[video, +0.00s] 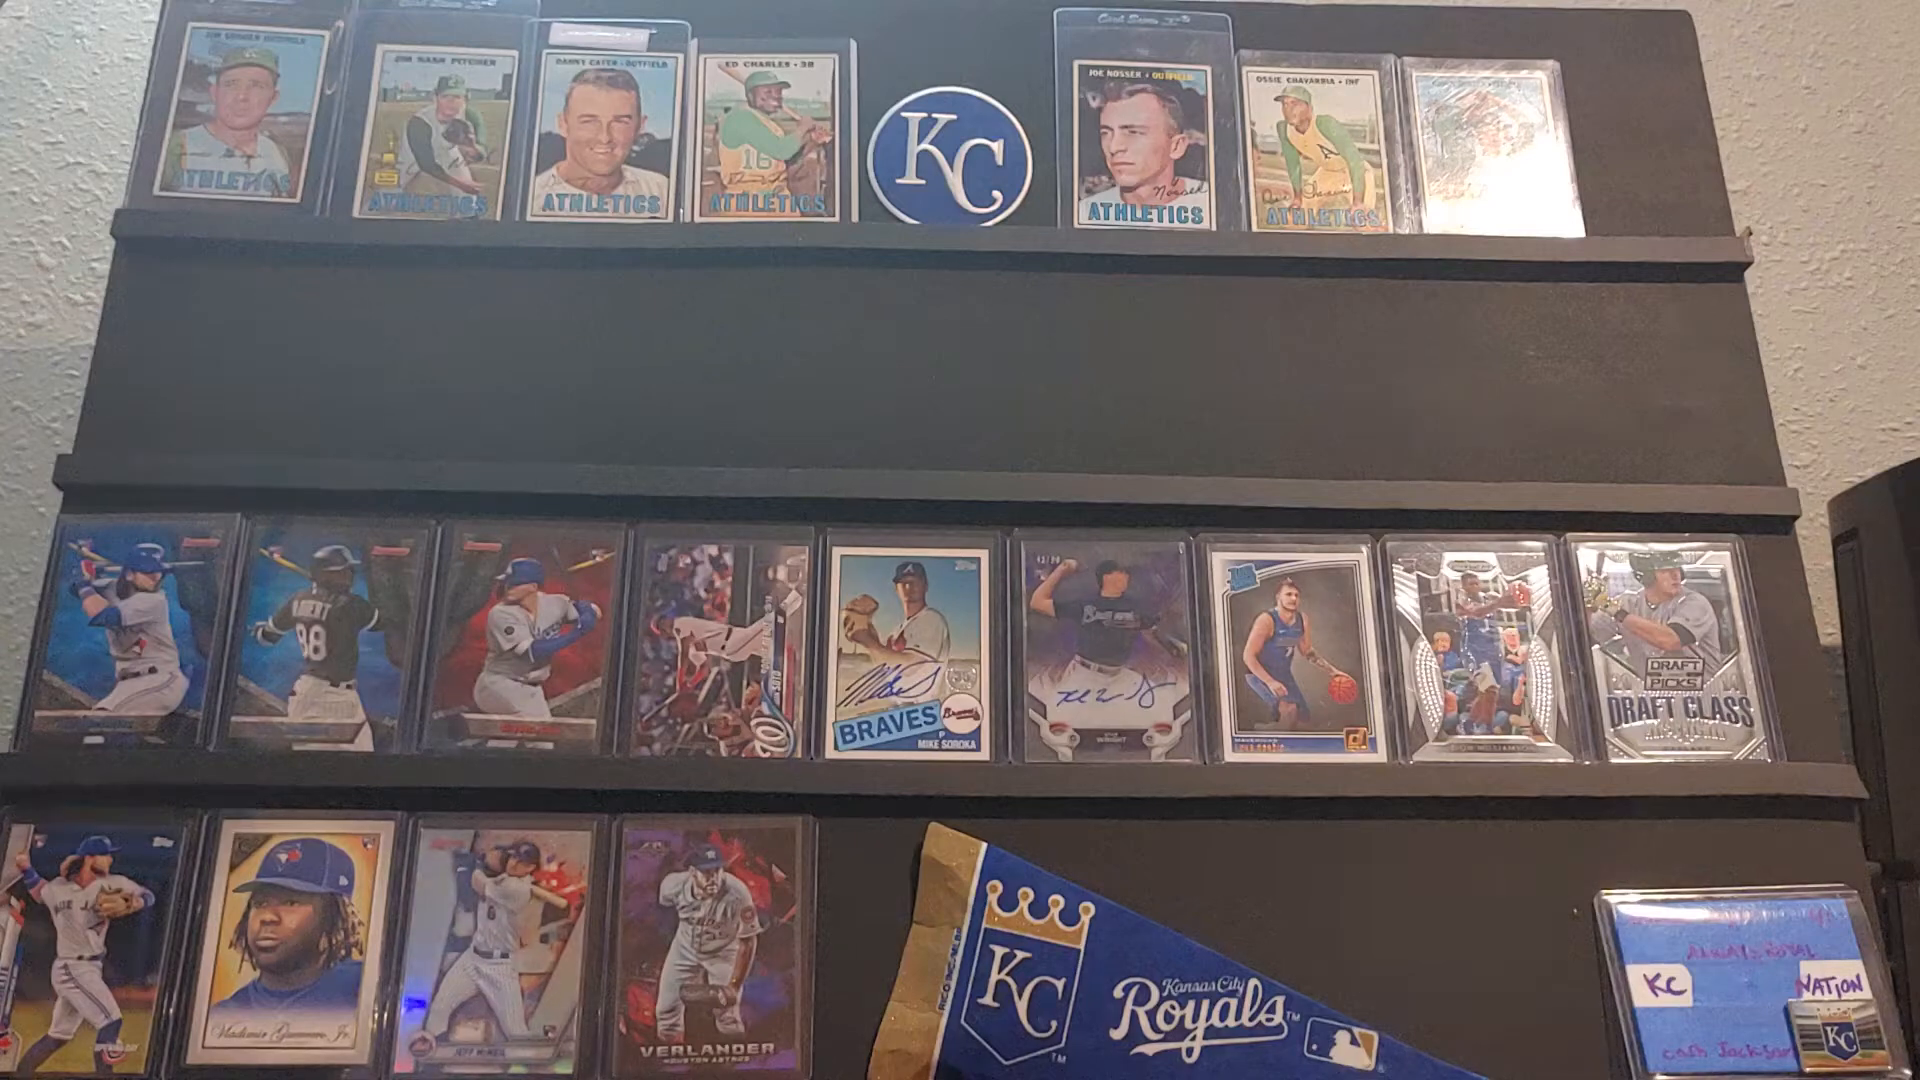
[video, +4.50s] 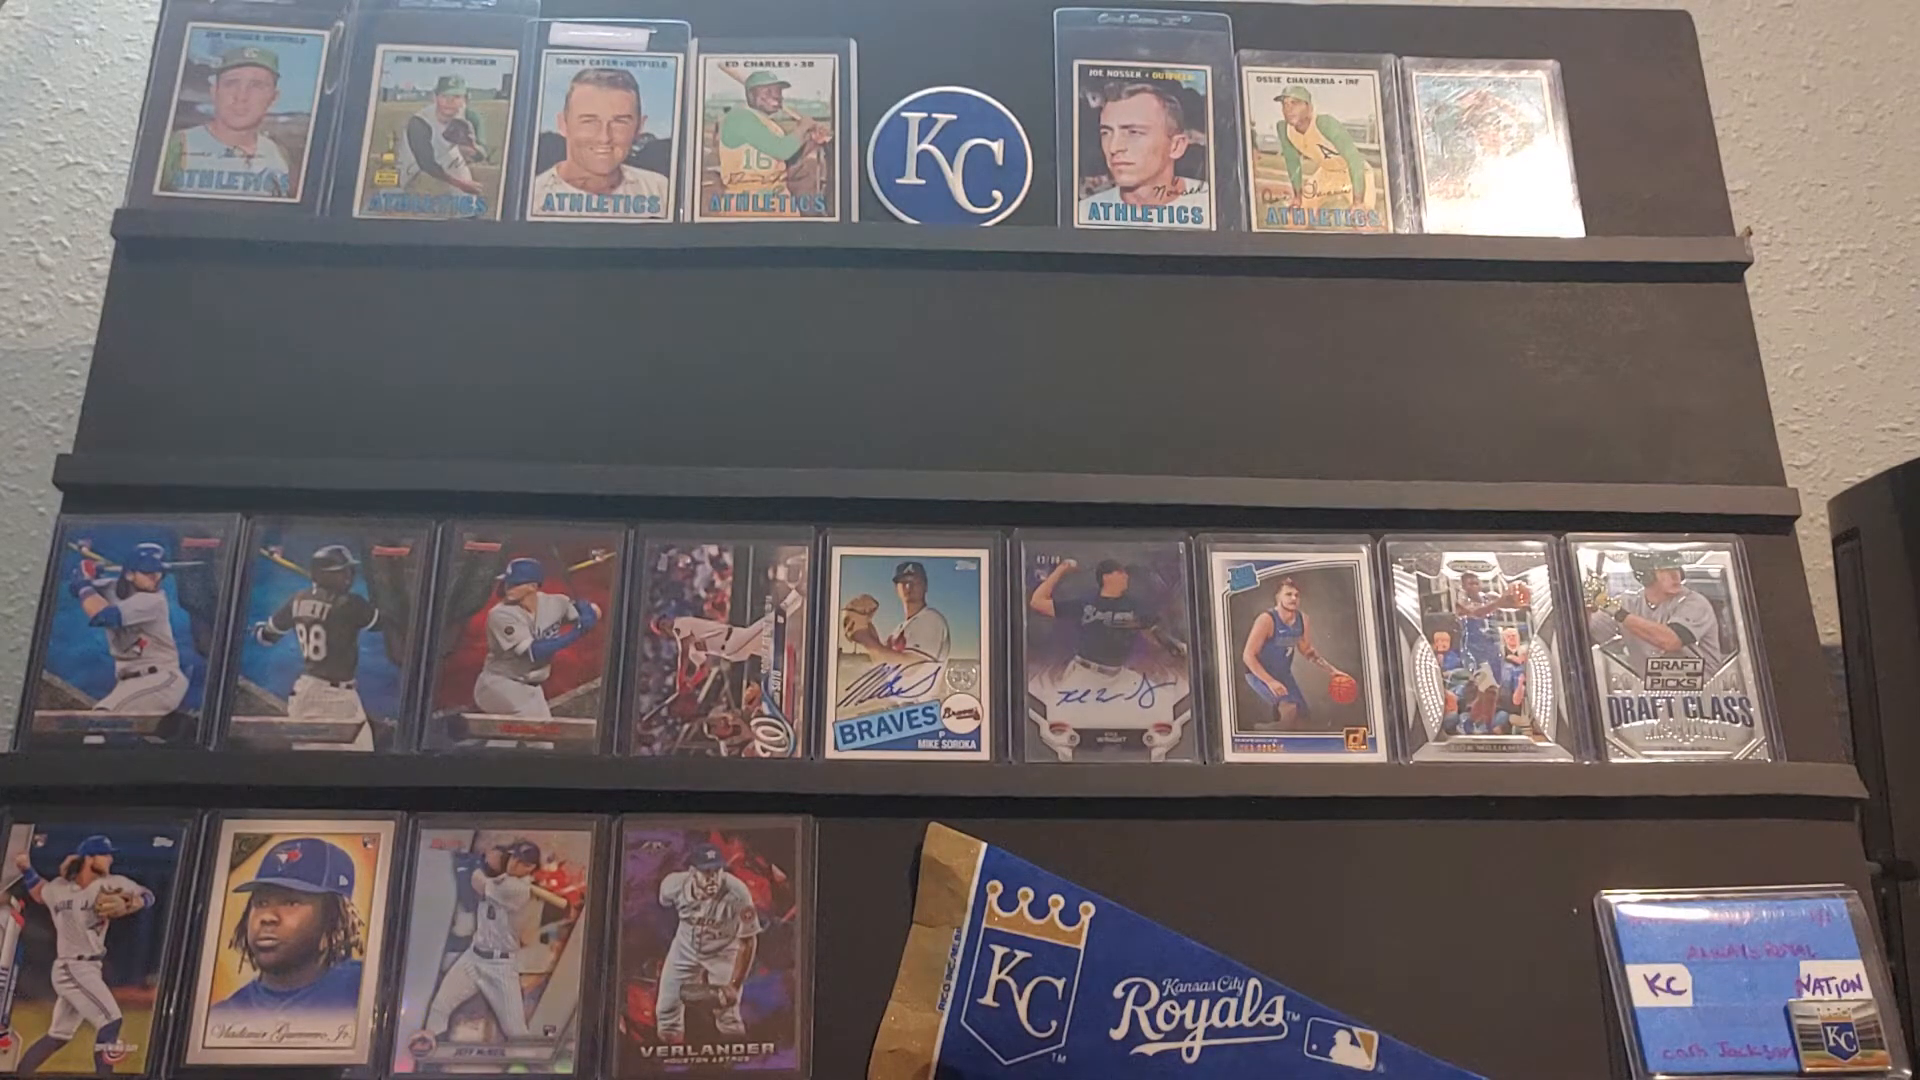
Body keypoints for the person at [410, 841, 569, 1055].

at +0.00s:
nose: (514, 863)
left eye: (522, 861)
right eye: (513, 857)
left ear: (531, 869)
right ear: (508, 858)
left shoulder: (517, 889)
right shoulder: (500, 879)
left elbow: (477, 882)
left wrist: (477, 866)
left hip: (500, 966)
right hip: (472, 959)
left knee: (515, 1030)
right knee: (439, 1007)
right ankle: (430, 1065)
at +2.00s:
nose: (514, 865)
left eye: (521, 863)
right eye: (513, 859)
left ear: (530, 869)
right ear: (509, 858)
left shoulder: (518, 890)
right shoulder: (501, 879)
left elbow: (479, 882)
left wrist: (477, 867)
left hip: (501, 966)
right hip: (473, 958)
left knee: (515, 1031)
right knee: (440, 1005)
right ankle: (427, 1063)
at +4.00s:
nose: (515, 864)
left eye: (522, 862)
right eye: (514, 858)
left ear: (531, 868)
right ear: (510, 858)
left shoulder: (518, 890)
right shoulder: (502, 879)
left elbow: (477, 881)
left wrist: (483, 864)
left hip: (501, 965)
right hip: (473, 957)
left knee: (515, 1030)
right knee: (440, 1005)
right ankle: (426, 1064)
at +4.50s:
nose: (515, 865)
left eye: (522, 863)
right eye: (514, 859)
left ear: (531, 868)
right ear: (509, 858)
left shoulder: (518, 890)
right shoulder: (501, 879)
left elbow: (477, 881)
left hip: (501, 965)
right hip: (473, 957)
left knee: (514, 1029)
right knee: (439, 1006)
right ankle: (426, 1066)